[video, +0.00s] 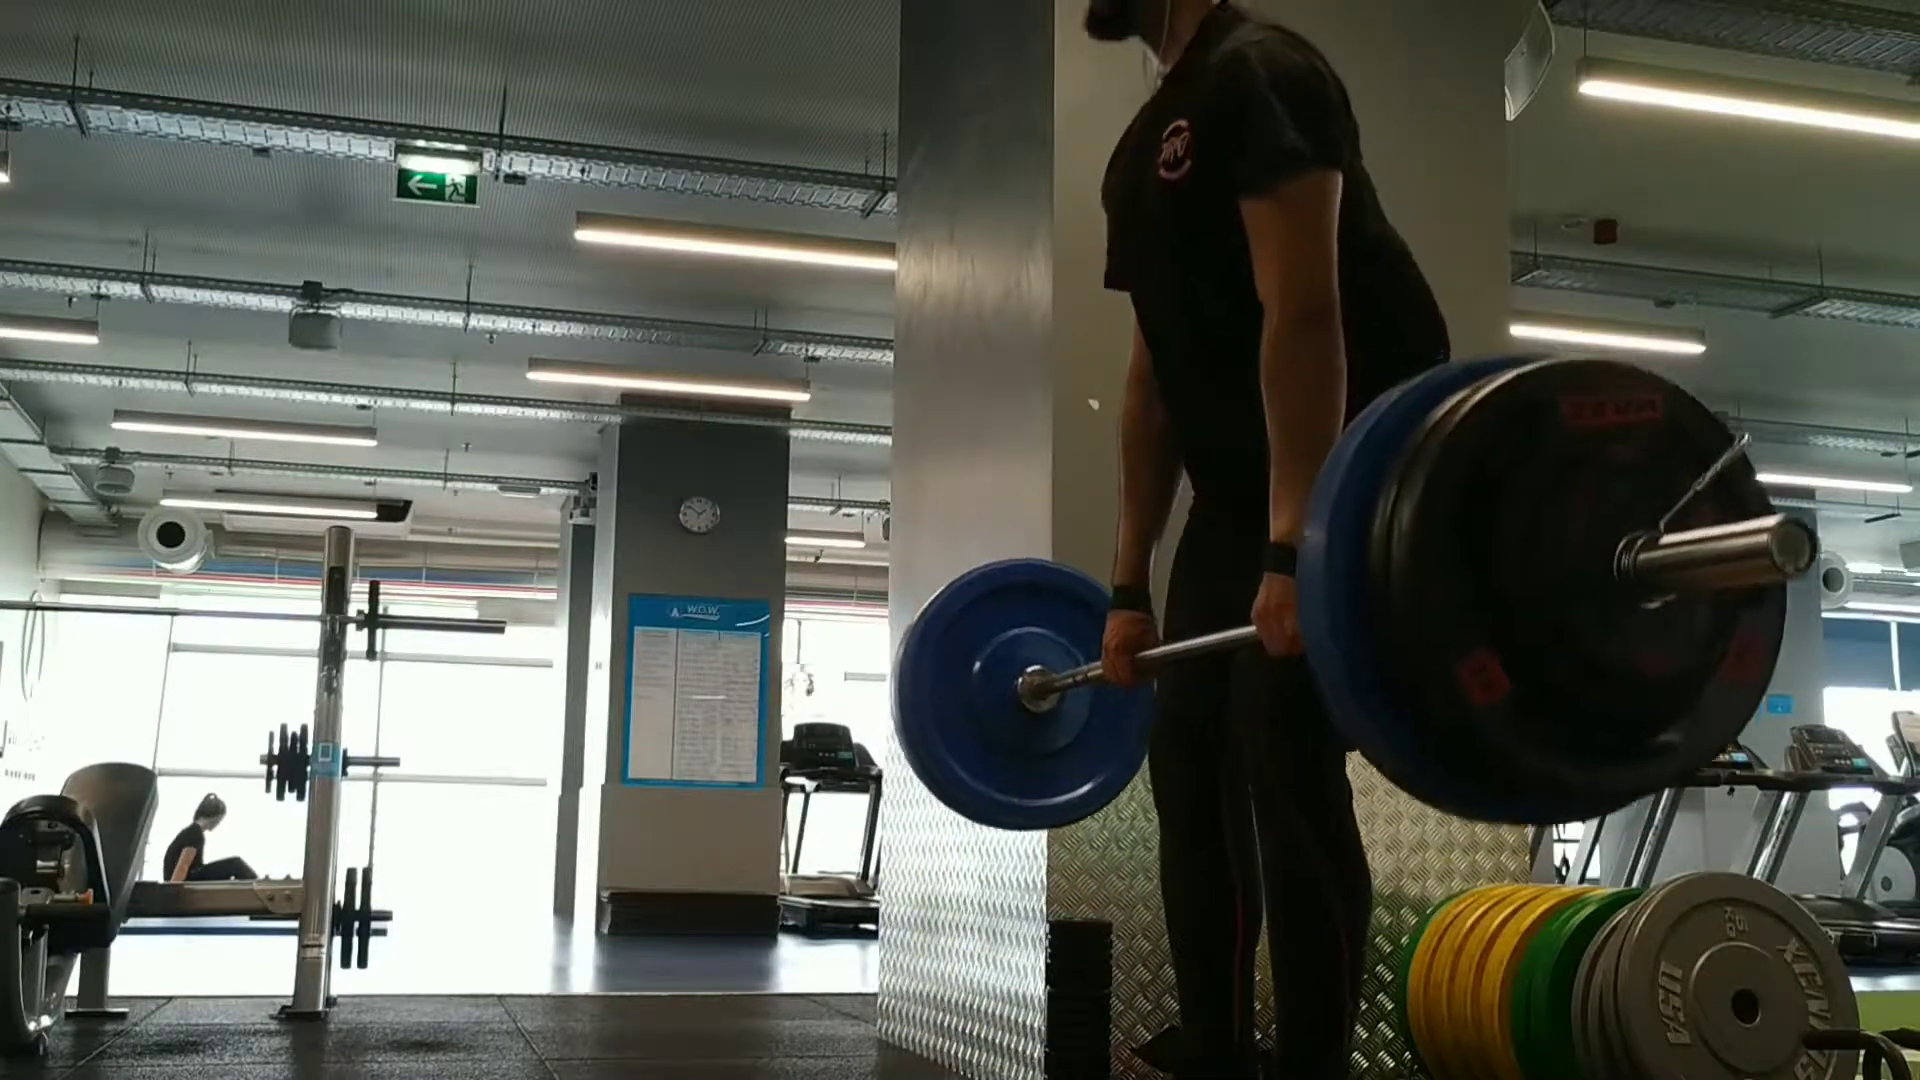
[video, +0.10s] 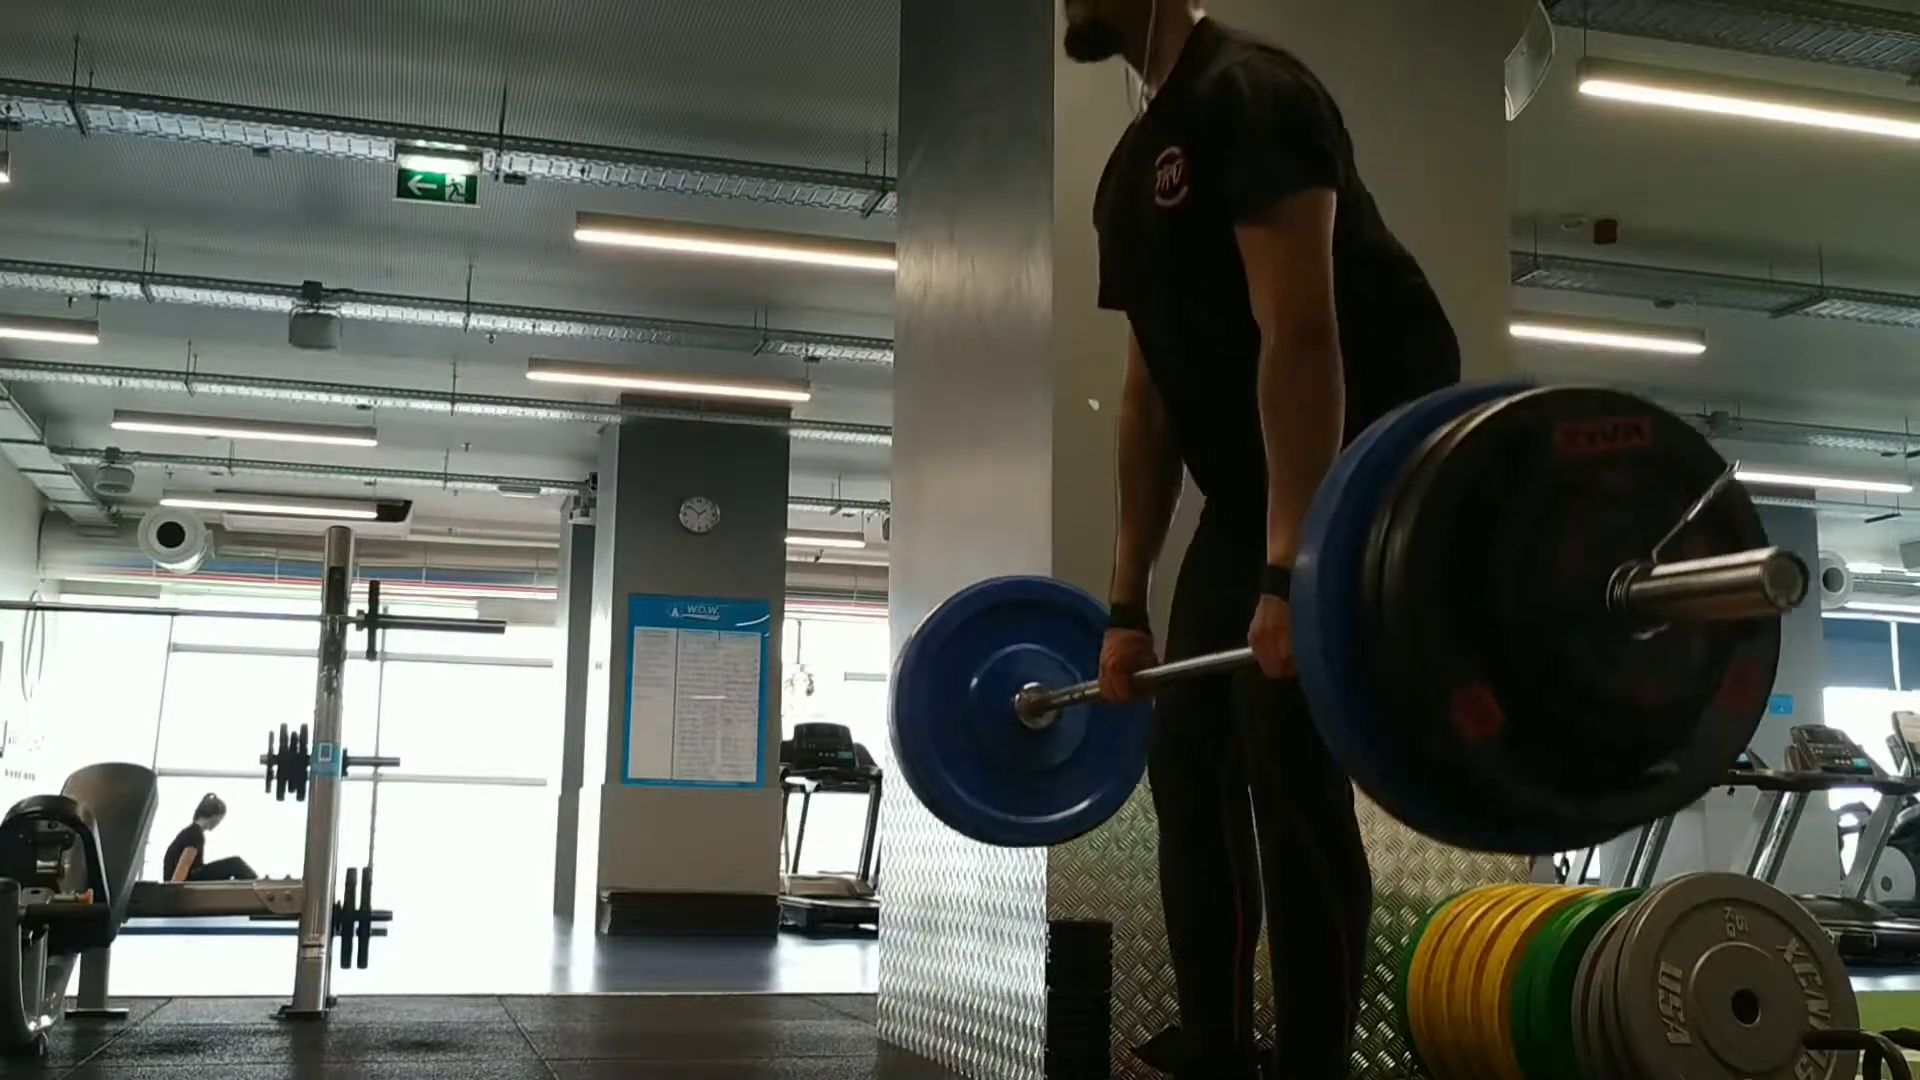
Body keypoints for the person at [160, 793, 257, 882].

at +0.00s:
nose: (219, 822)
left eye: (221, 819)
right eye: (220, 818)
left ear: (202, 812)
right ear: (214, 817)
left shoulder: (193, 832)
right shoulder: (195, 833)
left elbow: (182, 866)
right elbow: (182, 866)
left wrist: (171, 891)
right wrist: (172, 891)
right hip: (187, 881)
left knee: (234, 863)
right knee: (235, 863)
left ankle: (258, 886)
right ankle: (259, 888)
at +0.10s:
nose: (219, 822)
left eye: (221, 819)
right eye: (220, 818)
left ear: (201, 812)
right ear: (213, 816)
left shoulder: (193, 832)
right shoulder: (195, 834)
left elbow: (182, 866)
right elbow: (183, 866)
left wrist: (171, 890)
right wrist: (172, 890)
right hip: (187, 881)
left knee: (234, 863)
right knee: (235, 863)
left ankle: (258, 886)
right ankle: (259, 888)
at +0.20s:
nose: (219, 822)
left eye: (221, 819)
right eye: (220, 818)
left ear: (201, 812)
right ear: (213, 816)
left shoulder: (194, 833)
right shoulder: (195, 834)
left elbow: (182, 867)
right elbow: (182, 867)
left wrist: (171, 891)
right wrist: (171, 890)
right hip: (187, 882)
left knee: (234, 862)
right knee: (235, 862)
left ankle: (258, 886)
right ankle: (260, 888)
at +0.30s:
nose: (219, 822)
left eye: (221, 819)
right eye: (220, 818)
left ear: (203, 812)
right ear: (213, 815)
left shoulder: (198, 834)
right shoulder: (194, 833)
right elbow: (181, 866)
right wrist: (172, 892)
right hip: (186, 883)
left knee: (234, 863)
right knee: (235, 862)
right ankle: (261, 888)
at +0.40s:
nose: (221, 822)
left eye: (223, 818)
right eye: (220, 817)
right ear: (210, 813)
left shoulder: (201, 835)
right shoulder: (194, 833)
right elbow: (179, 863)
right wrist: (173, 889)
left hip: (192, 878)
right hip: (186, 881)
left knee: (234, 865)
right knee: (235, 862)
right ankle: (260, 887)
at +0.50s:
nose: (220, 822)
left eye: (222, 818)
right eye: (219, 817)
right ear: (208, 813)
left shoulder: (202, 836)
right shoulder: (193, 834)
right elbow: (175, 866)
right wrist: (174, 891)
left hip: (194, 880)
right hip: (186, 882)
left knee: (238, 876)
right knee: (236, 862)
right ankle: (261, 886)